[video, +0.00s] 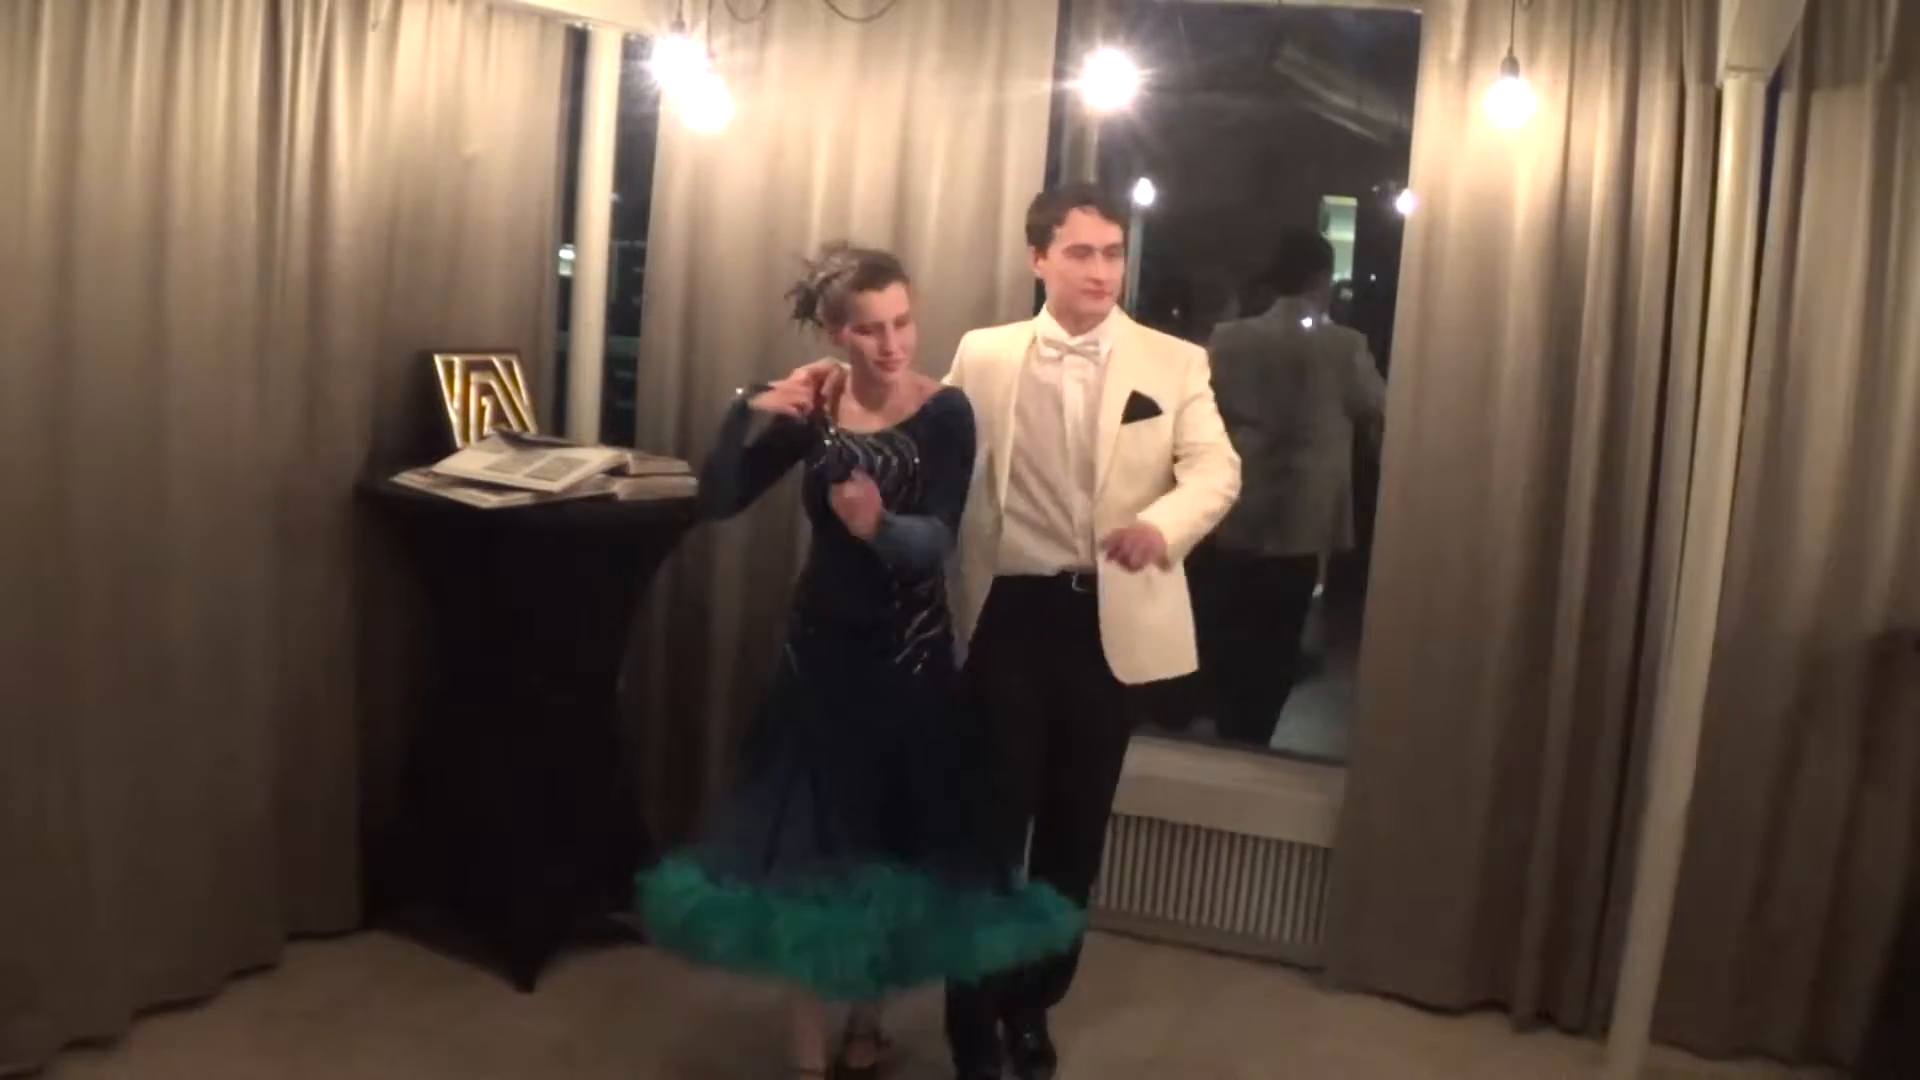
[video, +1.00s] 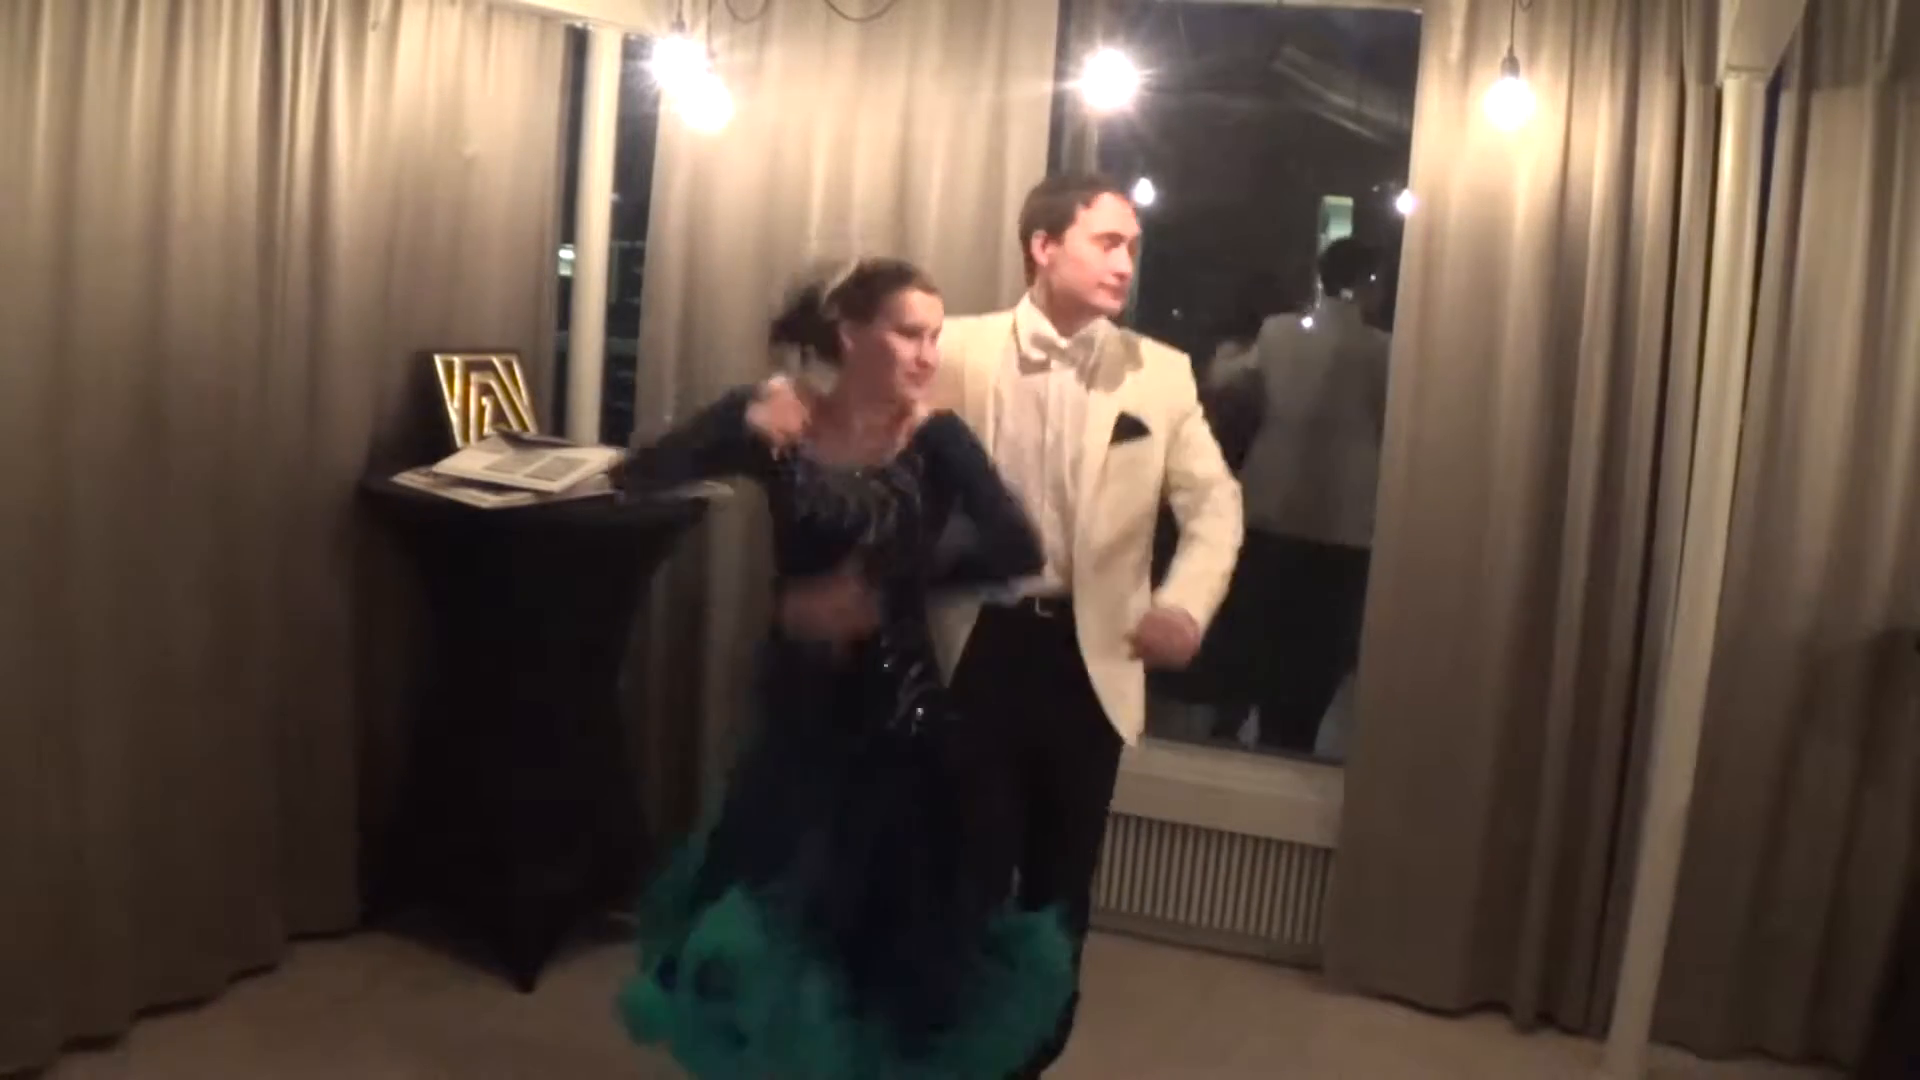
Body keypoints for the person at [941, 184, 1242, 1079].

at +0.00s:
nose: (1098, 269)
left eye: (1112, 253)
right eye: (1079, 252)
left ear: (1126, 263)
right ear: (1039, 261)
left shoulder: (1174, 363)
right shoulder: (981, 355)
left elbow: (1215, 470)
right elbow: (933, 473)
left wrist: (1160, 524)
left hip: (1112, 620)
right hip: (1003, 613)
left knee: (1074, 827)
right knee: (988, 820)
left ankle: (1031, 1008)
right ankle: (974, 1027)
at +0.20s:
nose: (1095, 269)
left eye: (1109, 253)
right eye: (1076, 252)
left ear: (1123, 262)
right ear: (1034, 259)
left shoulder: (1170, 362)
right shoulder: (973, 354)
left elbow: (1210, 466)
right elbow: (922, 467)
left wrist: (1165, 512)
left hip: (1112, 620)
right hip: (997, 613)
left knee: (1076, 825)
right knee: (988, 811)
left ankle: (1029, 992)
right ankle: (970, 1007)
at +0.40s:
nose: (1098, 290)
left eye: (1110, 274)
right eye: (1078, 272)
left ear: (1123, 284)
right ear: (1032, 278)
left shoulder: (1166, 396)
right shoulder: (963, 377)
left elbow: (1185, 540)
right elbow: (917, 513)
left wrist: (1152, 651)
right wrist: (914, 647)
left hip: (1095, 655)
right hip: (985, 644)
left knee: (1089, 852)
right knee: (984, 847)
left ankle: (1049, 982)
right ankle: (986, 1024)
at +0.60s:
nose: (1108, 275)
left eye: (1117, 260)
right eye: (1089, 256)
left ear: (1125, 272)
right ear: (1033, 262)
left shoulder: (1157, 379)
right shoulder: (954, 353)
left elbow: (1215, 516)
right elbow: (867, 425)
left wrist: (1200, 642)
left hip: (1101, 649)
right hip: (979, 639)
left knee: (1098, 867)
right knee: (985, 852)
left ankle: (1059, 1037)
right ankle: (986, 1034)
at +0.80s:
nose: (1118, 251)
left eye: (1126, 235)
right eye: (1099, 231)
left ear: (1132, 247)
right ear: (1039, 237)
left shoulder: (1166, 353)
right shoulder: (956, 338)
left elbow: (1234, 502)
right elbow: (877, 439)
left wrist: (1240, 638)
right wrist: (791, 408)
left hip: (1106, 623)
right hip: (987, 614)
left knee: (1070, 855)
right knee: (986, 815)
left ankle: (1021, 1059)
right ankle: (989, 978)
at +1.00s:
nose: (1127, 263)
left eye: (1133, 248)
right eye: (1108, 243)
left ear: (1135, 262)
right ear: (1043, 248)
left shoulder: (1162, 376)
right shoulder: (956, 348)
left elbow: (1214, 504)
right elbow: (869, 428)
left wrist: (1185, 602)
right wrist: (789, 401)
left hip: (1093, 655)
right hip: (972, 644)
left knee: (1061, 872)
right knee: (964, 861)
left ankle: (1034, 1049)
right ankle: (943, 1047)